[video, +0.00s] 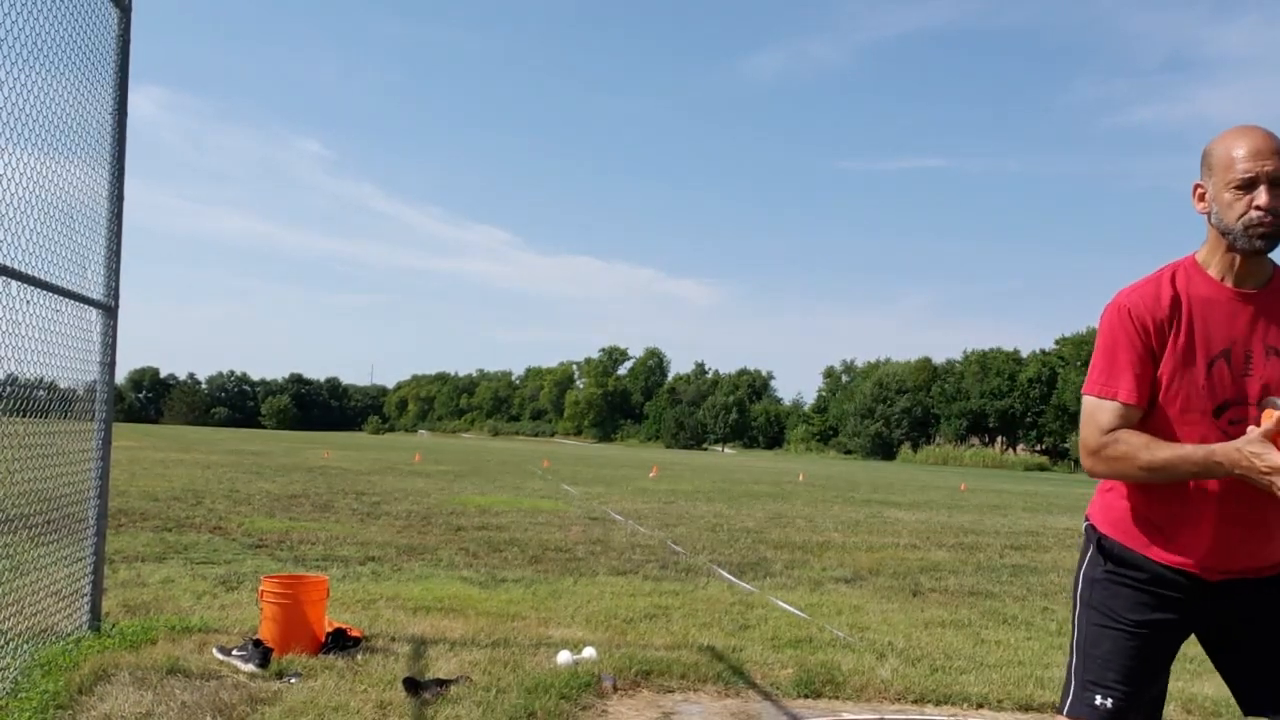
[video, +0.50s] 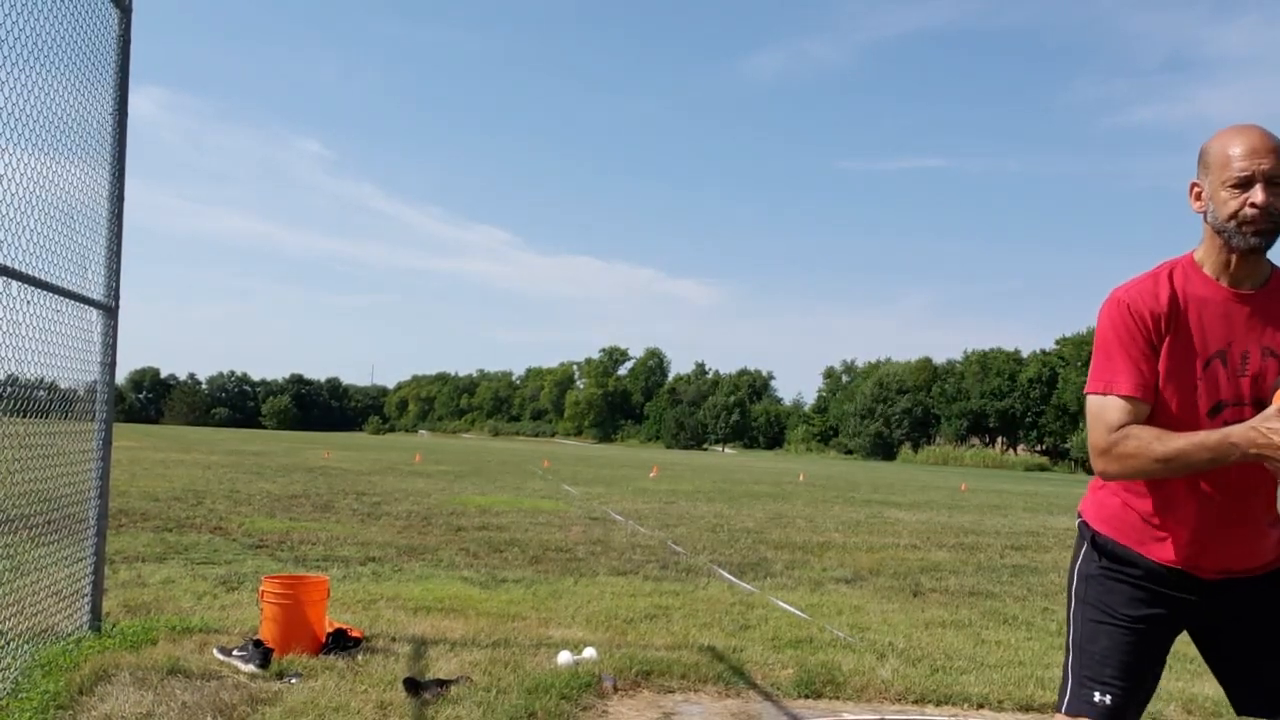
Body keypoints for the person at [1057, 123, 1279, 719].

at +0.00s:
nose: (1266, 201)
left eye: (1276, 184)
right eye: (1246, 185)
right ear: (1204, 199)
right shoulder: (1142, 309)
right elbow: (1098, 447)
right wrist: (1228, 459)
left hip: (1260, 577)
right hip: (1138, 569)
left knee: (1277, 705)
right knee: (1101, 712)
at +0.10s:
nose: (1270, 203)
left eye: (1279, 186)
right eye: (1251, 187)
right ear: (1208, 200)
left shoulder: (1279, 301)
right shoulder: (1146, 311)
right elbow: (1106, 451)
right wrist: (1239, 455)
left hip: (1261, 578)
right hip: (1139, 568)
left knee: (1273, 706)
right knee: (1100, 710)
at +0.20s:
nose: (1270, 207)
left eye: (1279, 189)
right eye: (1251, 190)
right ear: (1209, 202)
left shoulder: (1279, 305)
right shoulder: (1146, 312)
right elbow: (1111, 456)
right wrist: (1241, 453)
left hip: (1260, 579)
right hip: (1138, 570)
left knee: (1274, 705)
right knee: (1101, 711)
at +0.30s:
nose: (1267, 203)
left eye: (1278, 187)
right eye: (1249, 187)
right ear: (1207, 200)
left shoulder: (1279, 302)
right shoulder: (1144, 309)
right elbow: (1110, 452)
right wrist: (1241, 447)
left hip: (1258, 572)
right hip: (1135, 564)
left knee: (1274, 705)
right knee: (1097, 711)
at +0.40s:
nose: (1264, 202)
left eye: (1275, 185)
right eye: (1245, 186)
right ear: (1203, 199)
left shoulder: (1279, 302)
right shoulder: (1142, 306)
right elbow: (1108, 449)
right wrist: (1242, 441)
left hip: (1255, 574)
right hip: (1133, 565)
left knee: (1274, 705)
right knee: (1096, 710)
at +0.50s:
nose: (1261, 199)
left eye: (1273, 183)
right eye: (1242, 183)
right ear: (1200, 197)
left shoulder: (1279, 302)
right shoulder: (1139, 305)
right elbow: (1108, 449)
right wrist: (1246, 439)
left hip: (1255, 572)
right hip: (1133, 564)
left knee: (1274, 705)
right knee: (1091, 712)